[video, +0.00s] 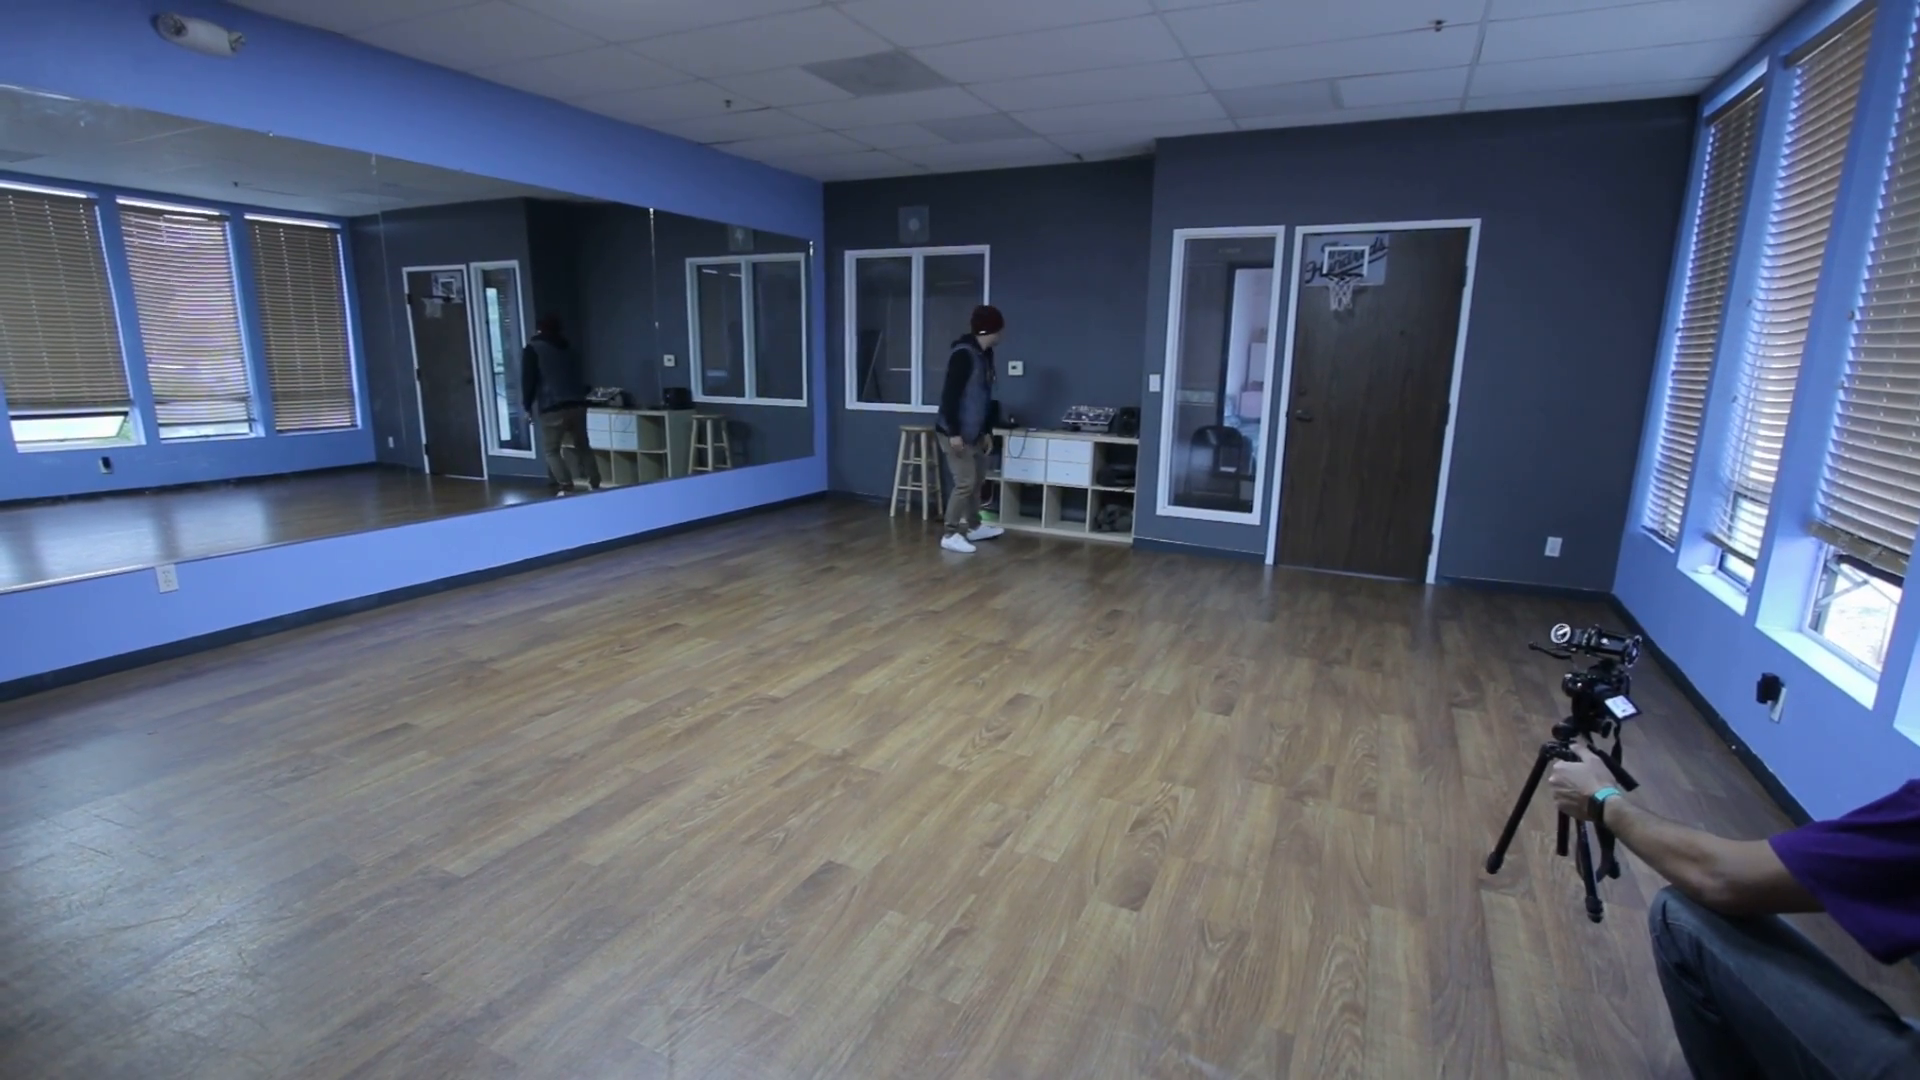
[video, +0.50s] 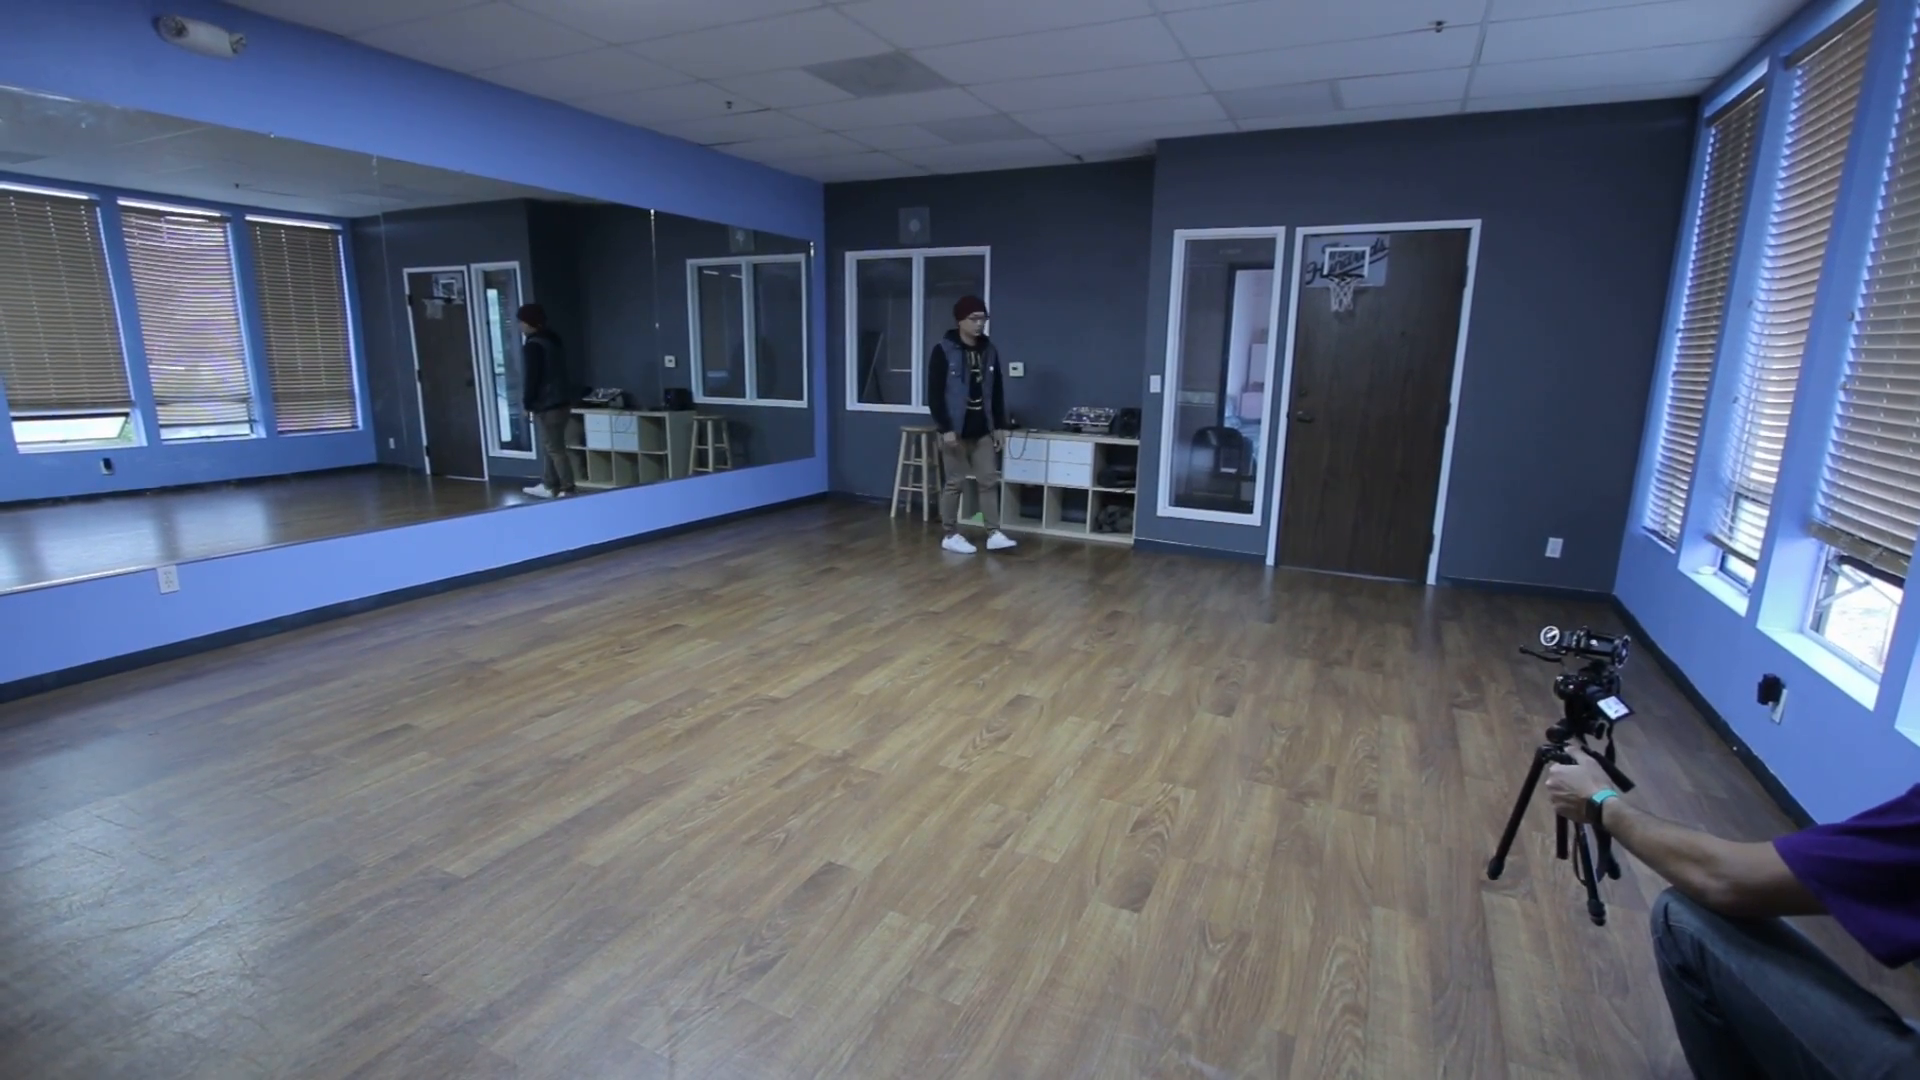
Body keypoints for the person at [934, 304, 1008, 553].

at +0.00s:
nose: (1001, 337)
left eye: (1001, 332)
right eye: (999, 332)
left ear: (983, 330)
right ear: (987, 331)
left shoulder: (986, 355)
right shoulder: (963, 354)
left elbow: (985, 398)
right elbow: (950, 395)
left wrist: (985, 430)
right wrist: (954, 432)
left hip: (974, 429)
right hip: (955, 430)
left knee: (976, 480)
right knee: (965, 482)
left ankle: (973, 526)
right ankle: (950, 533)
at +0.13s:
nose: (997, 336)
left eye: (997, 331)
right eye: (995, 331)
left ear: (979, 330)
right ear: (984, 331)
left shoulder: (985, 357)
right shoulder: (955, 357)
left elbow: (989, 394)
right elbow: (940, 398)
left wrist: (990, 426)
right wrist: (942, 434)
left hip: (977, 431)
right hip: (956, 433)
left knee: (981, 480)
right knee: (965, 483)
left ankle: (979, 528)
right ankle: (949, 535)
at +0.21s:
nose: (994, 336)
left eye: (994, 331)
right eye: (992, 331)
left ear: (979, 331)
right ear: (979, 331)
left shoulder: (985, 359)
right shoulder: (950, 359)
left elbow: (991, 395)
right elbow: (937, 400)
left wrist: (993, 427)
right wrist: (937, 438)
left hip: (979, 433)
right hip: (954, 435)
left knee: (985, 481)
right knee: (965, 483)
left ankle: (987, 529)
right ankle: (949, 535)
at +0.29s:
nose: (991, 332)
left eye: (992, 327)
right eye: (988, 327)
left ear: (977, 328)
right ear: (972, 326)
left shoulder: (986, 357)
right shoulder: (948, 357)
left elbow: (992, 395)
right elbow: (936, 398)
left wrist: (997, 428)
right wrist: (936, 437)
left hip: (981, 430)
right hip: (954, 432)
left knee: (990, 478)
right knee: (962, 482)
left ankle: (995, 527)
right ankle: (949, 535)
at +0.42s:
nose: (985, 325)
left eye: (987, 320)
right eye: (980, 320)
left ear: (987, 322)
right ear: (963, 321)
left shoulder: (988, 351)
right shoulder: (945, 351)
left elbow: (995, 391)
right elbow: (935, 394)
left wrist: (997, 426)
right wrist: (941, 430)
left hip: (982, 426)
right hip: (954, 428)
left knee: (991, 477)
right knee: (956, 482)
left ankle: (998, 528)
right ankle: (949, 533)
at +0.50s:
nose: (980, 324)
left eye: (983, 319)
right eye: (974, 319)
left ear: (985, 321)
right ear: (960, 320)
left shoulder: (989, 351)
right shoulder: (943, 351)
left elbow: (997, 391)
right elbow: (934, 393)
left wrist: (999, 426)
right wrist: (945, 428)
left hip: (983, 427)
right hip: (954, 428)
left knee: (988, 481)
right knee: (954, 483)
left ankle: (993, 532)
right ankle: (949, 534)